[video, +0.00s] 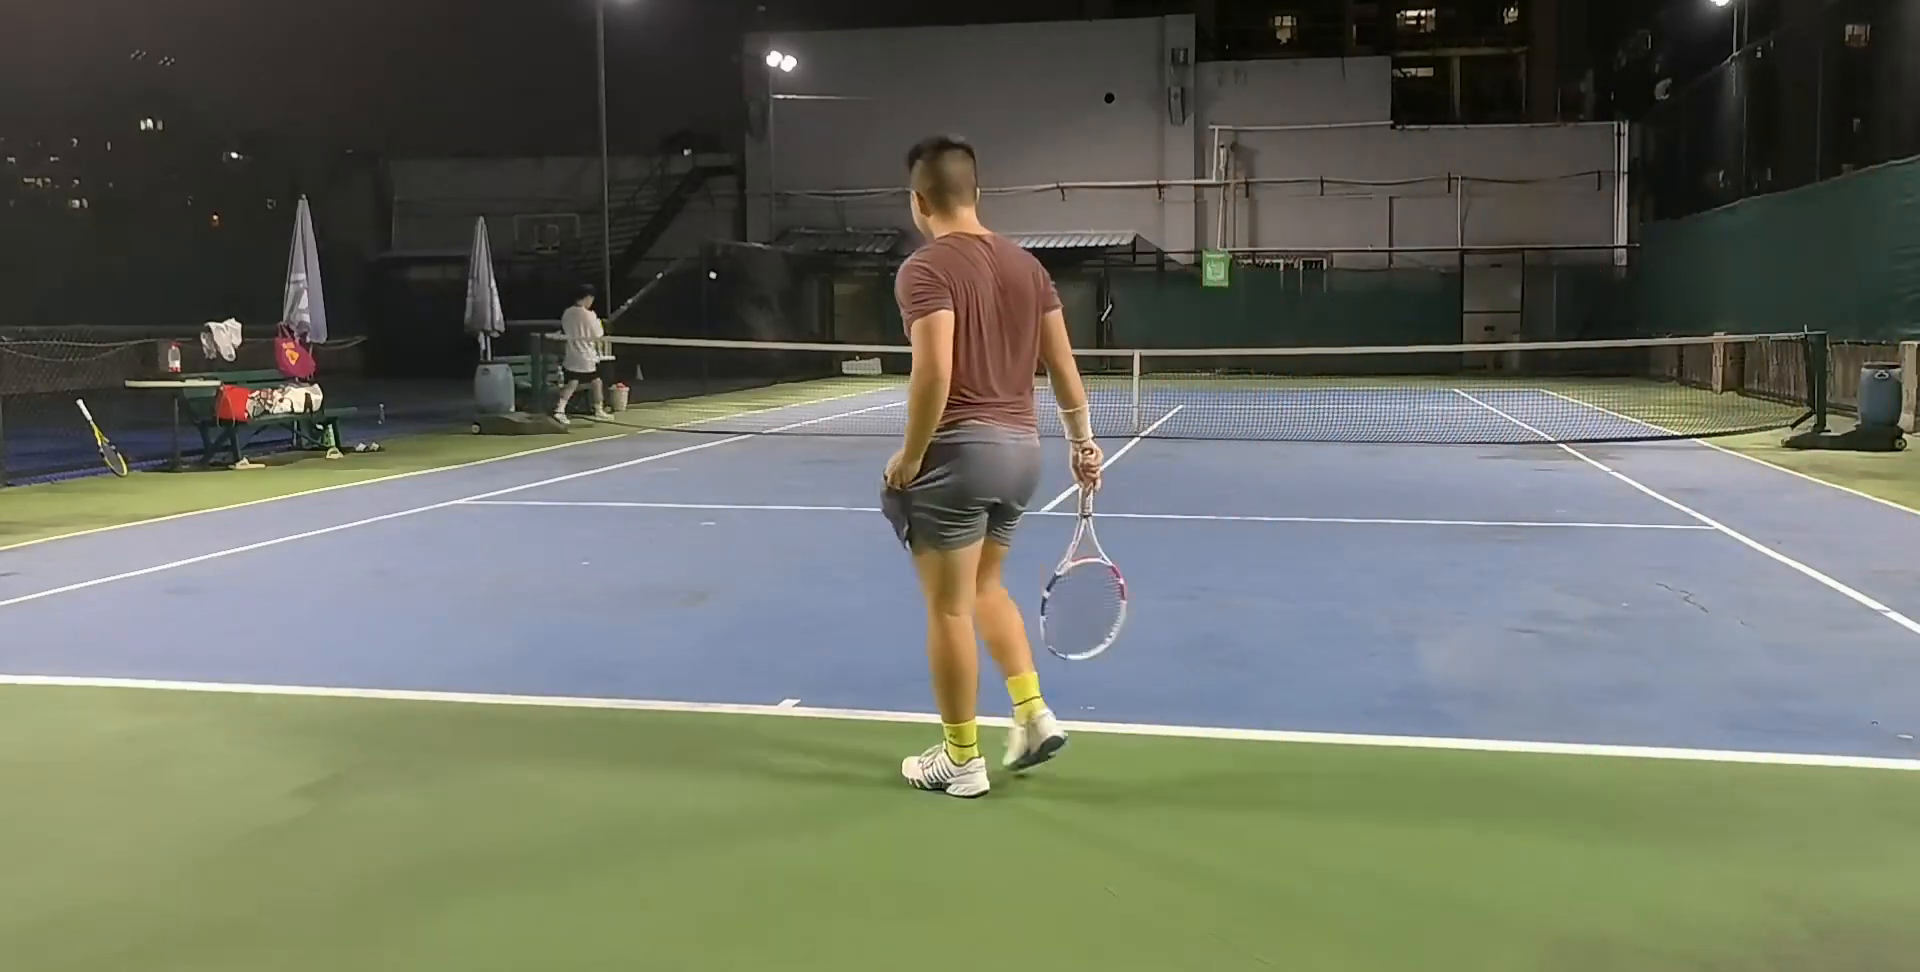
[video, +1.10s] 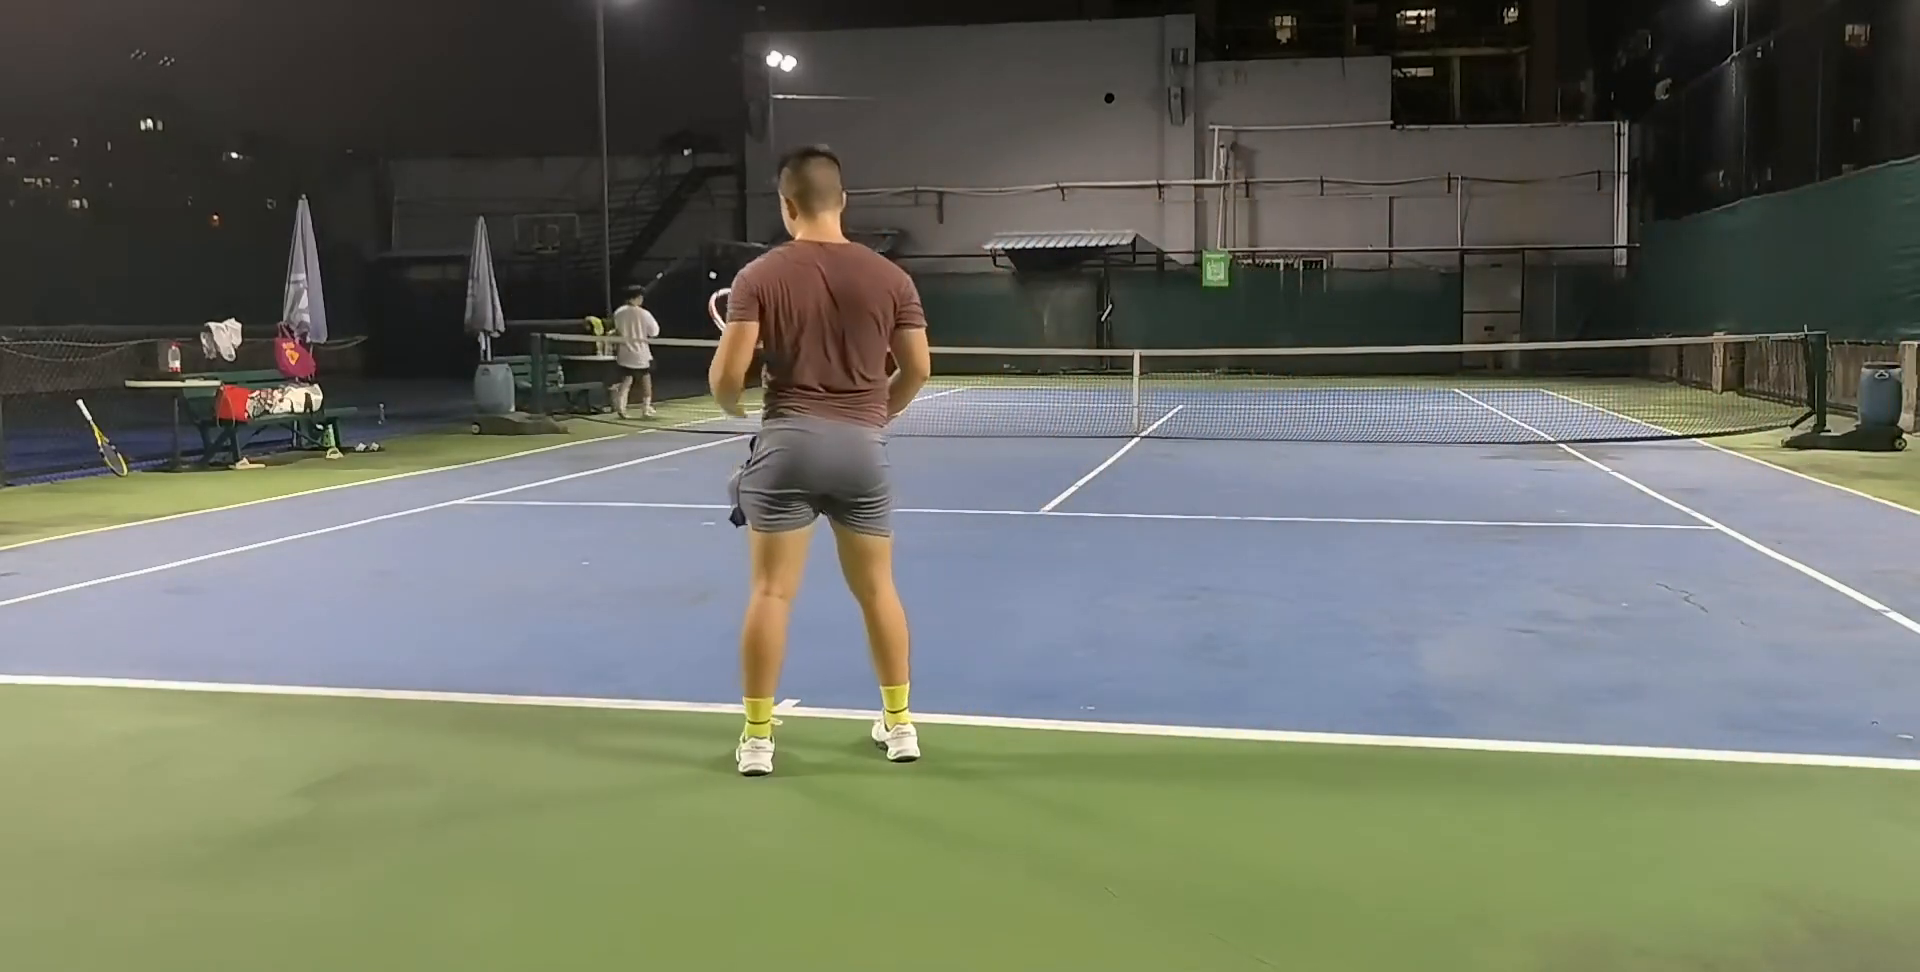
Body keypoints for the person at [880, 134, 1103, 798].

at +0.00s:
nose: (912, 210)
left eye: (911, 201)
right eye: (915, 201)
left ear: (919, 202)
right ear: (977, 195)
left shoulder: (925, 267)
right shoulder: (1027, 265)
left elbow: (935, 370)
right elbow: (1064, 366)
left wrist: (910, 454)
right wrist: (1081, 437)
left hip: (956, 447)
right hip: (1023, 449)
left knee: (950, 605)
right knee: (987, 585)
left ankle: (962, 757)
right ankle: (1033, 715)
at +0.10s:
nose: (897, 213)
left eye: (896, 204)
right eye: (900, 205)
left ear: (903, 203)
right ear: (962, 197)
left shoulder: (910, 265)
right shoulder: (1014, 266)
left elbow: (910, 363)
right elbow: (1053, 365)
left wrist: (897, 449)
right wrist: (1079, 439)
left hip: (941, 447)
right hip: (1008, 448)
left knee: (946, 604)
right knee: (969, 588)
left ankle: (962, 760)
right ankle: (972, 735)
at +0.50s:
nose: (869, 211)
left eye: (869, 203)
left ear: (876, 206)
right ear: (934, 205)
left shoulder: (861, 263)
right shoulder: (967, 279)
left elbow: (829, 352)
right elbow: (990, 377)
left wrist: (809, 426)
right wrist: (984, 448)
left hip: (886, 446)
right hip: (952, 448)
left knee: (880, 602)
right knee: (918, 589)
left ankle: (948, 741)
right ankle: (901, 723)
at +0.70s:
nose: (854, 209)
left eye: (853, 201)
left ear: (858, 204)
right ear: (914, 203)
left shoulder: (834, 268)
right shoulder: (950, 277)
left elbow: (814, 367)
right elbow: (965, 381)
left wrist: (806, 452)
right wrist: (929, 424)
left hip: (860, 441)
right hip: (929, 442)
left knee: (813, 578)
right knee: (910, 584)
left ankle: (861, 708)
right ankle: (903, 725)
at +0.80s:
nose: (838, 209)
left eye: (838, 201)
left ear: (843, 204)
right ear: (900, 202)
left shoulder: (819, 270)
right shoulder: (939, 275)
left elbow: (803, 367)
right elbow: (956, 370)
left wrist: (796, 450)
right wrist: (920, 413)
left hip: (845, 440)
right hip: (917, 441)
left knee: (805, 582)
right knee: (906, 587)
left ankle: (800, 729)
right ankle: (902, 727)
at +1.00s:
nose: (803, 211)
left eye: (802, 203)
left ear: (805, 205)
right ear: (863, 203)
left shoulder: (781, 275)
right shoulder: (907, 276)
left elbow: (750, 372)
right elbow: (931, 367)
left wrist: (747, 439)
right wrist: (897, 410)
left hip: (807, 444)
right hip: (881, 443)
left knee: (782, 590)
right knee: (889, 588)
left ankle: (759, 738)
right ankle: (900, 725)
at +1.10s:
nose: (785, 212)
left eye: (782, 204)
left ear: (786, 204)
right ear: (844, 203)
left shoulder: (760, 277)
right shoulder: (890, 276)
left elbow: (727, 382)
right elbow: (916, 368)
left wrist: (731, 361)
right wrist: (882, 412)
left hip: (788, 439)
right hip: (861, 442)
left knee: (771, 591)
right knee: (878, 588)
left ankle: (757, 738)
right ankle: (899, 724)